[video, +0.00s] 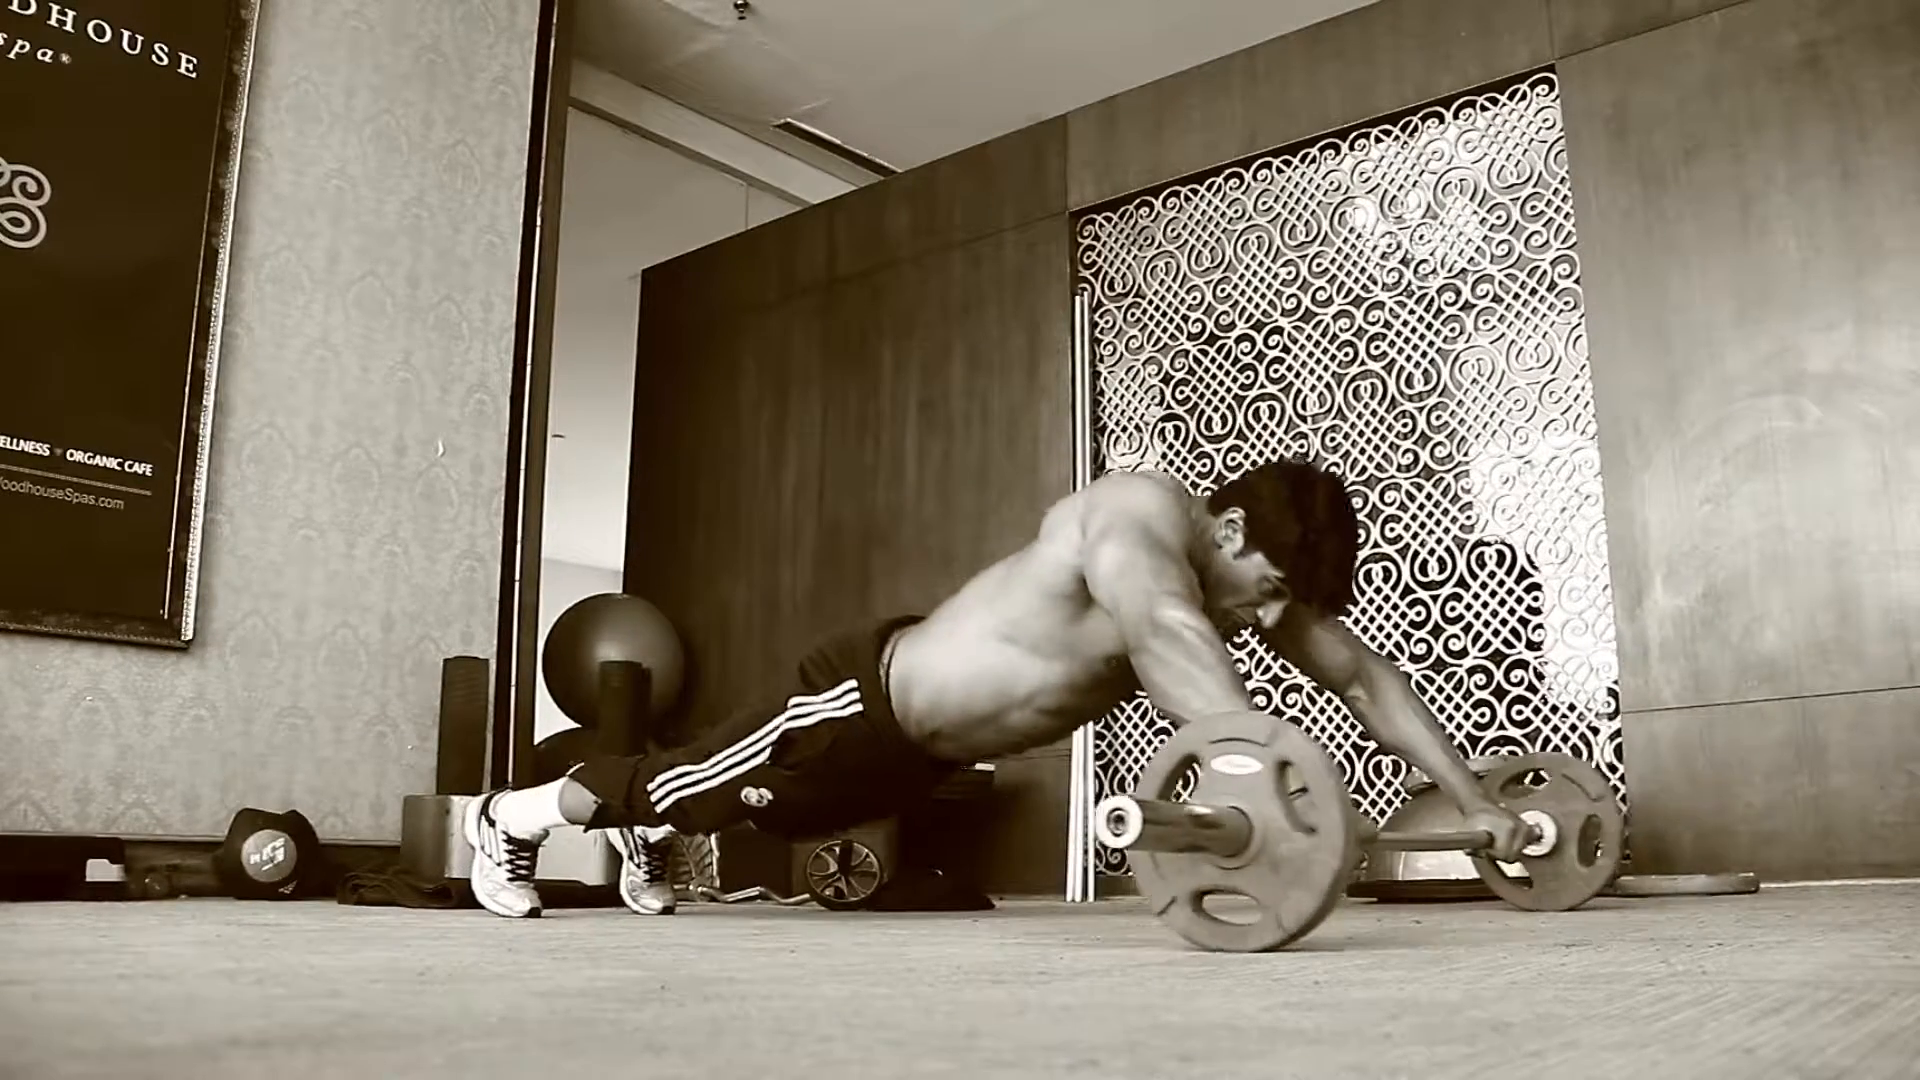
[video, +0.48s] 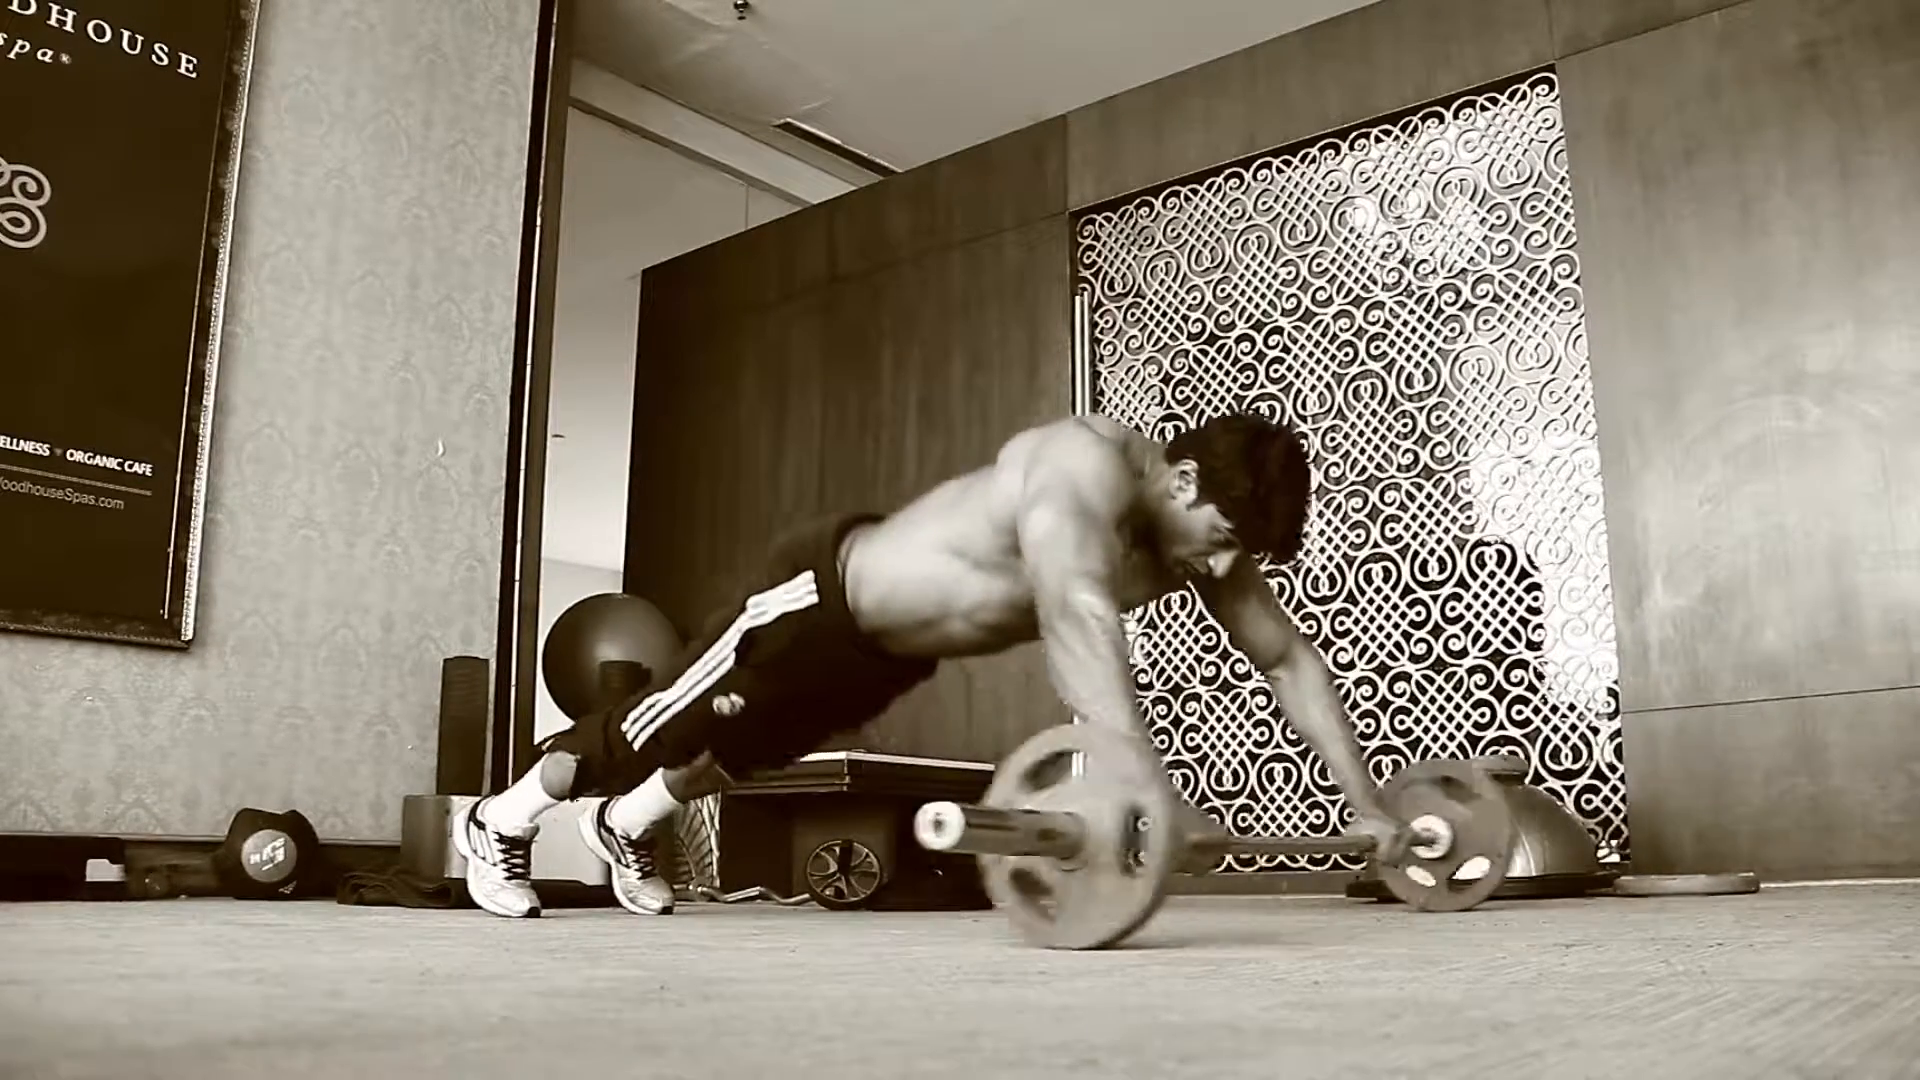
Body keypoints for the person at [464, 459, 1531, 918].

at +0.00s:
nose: (1267, 616)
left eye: (1282, 602)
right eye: (1272, 592)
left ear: (1277, 569)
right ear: (1247, 534)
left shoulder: (1228, 569)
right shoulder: (1135, 515)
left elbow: (1357, 672)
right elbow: (1161, 645)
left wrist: (1457, 778)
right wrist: (1261, 739)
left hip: (935, 743)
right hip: (876, 705)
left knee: (764, 818)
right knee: (676, 790)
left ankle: (613, 854)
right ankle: (521, 816)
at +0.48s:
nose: (1215, 567)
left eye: (1235, 557)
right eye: (1221, 546)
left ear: (1222, 513)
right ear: (1195, 487)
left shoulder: (1194, 529)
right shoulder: (1076, 468)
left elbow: (1285, 659)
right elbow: (1073, 616)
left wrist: (1363, 795)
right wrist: (1122, 758)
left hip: (893, 653)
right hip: (825, 611)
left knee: (754, 745)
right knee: (651, 729)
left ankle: (635, 822)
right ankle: (497, 818)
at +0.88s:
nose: (1147, 547)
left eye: (1164, 536)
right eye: (1150, 522)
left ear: (1134, 482)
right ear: (1113, 463)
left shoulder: (1112, 510)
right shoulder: (994, 451)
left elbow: (1178, 651)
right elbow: (952, 619)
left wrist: (1209, 804)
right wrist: (976, 800)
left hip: (852, 594)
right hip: (776, 532)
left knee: (723, 715)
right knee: (629, 693)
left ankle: (617, 831)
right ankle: (490, 823)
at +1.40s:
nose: (1011, 562)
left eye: (1028, 551)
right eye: (1011, 540)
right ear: (975, 486)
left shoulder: (989, 507)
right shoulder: (854, 466)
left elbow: (1032, 668)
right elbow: (798, 635)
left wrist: (1051, 816)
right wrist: (798, 809)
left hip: (769, 524)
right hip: (688, 470)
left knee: (675, 687)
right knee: (581, 667)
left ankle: (610, 839)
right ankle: (471, 845)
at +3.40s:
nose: (1057, 541)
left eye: (1071, 529)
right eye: (1056, 519)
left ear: (1051, 501)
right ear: (1012, 472)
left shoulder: (1020, 525)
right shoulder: (896, 474)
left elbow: (1088, 670)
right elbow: (864, 638)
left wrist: (1138, 811)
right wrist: (890, 805)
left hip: (784, 562)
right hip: (708, 507)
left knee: (684, 709)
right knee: (596, 686)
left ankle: (596, 855)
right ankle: (471, 854)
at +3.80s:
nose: (1162, 537)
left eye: (1179, 524)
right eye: (1161, 512)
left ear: (1156, 495)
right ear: (1117, 464)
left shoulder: (1134, 535)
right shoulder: (1006, 477)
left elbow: (1224, 665)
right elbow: (1004, 628)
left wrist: (1298, 814)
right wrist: (1050, 793)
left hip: (852, 640)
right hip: (782, 585)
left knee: (725, 753)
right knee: (637, 728)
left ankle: (608, 843)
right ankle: (479, 840)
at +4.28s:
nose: (1246, 598)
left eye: (1262, 582)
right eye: (1249, 573)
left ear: (1249, 553)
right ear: (1213, 515)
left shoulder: (1198, 560)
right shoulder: (1104, 512)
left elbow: (1330, 674)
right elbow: (1125, 637)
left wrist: (1424, 786)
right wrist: (1205, 738)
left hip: (904, 707)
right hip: (849, 663)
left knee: (752, 785)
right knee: (671, 770)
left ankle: (627, 842)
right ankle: (505, 821)